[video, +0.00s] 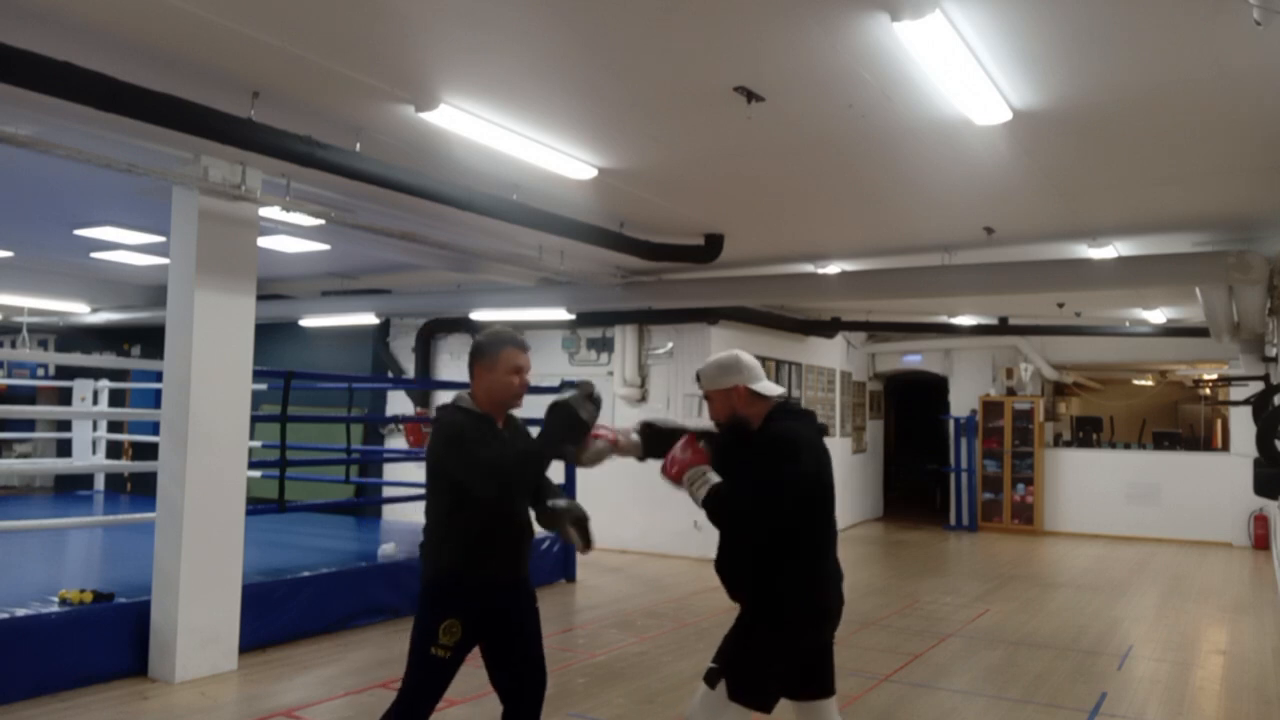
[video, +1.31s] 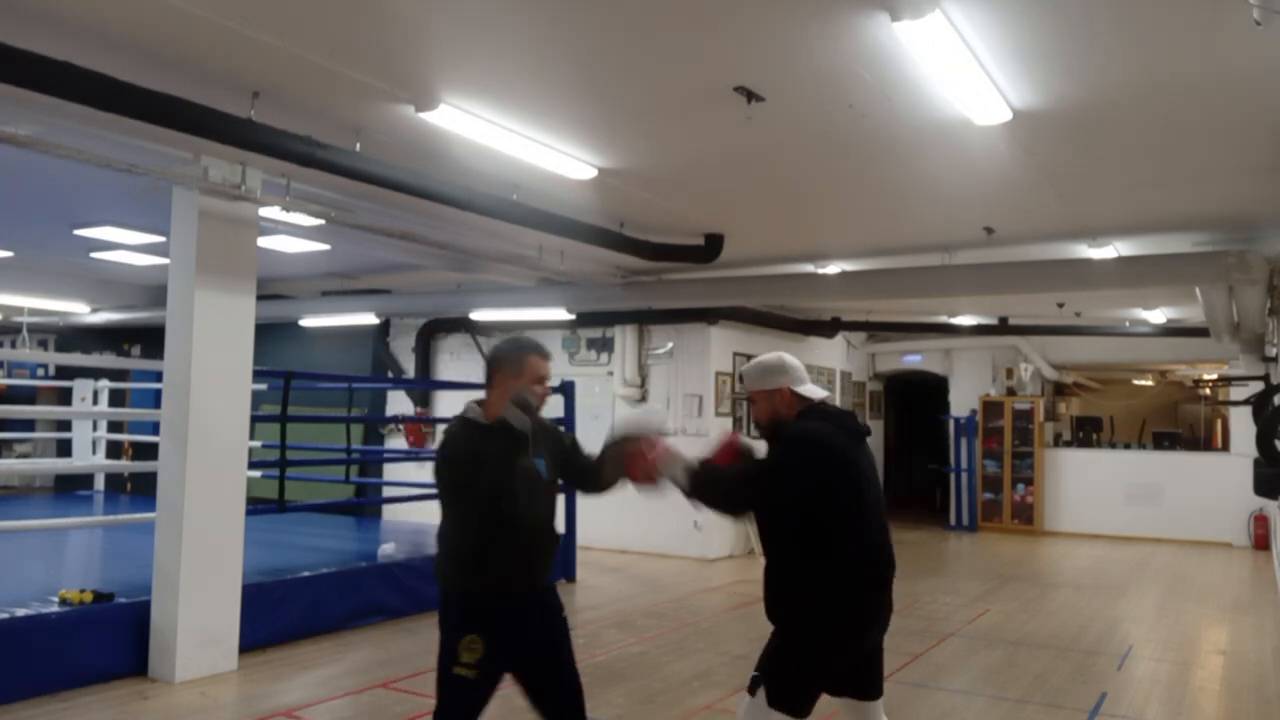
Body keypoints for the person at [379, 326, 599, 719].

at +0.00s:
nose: (525, 383)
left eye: (526, 374)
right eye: (516, 373)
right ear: (481, 374)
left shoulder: (516, 431)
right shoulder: (452, 426)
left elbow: (536, 486)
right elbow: (501, 478)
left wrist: (556, 509)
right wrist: (554, 434)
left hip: (508, 582)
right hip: (453, 584)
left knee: (526, 694)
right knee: (417, 699)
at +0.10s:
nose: (532, 378)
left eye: (533, 369)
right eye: (521, 367)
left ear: (531, 374)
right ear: (487, 370)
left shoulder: (523, 428)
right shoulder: (458, 427)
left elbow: (559, 481)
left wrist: (556, 454)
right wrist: (536, 447)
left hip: (515, 582)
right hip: (461, 585)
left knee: (523, 701)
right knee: (428, 701)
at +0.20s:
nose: (531, 376)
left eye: (533, 367)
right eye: (520, 366)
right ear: (486, 367)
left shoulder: (535, 421)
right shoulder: (450, 430)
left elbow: (591, 440)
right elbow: (457, 509)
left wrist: (584, 423)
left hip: (515, 579)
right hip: (457, 581)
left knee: (521, 700)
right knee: (435, 698)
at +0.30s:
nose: (524, 376)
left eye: (525, 366)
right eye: (514, 366)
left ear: (524, 369)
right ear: (479, 368)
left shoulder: (530, 414)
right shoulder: (442, 430)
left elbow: (588, 409)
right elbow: (441, 511)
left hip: (511, 583)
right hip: (452, 588)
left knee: (522, 703)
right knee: (435, 707)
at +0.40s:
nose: (515, 378)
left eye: (517, 368)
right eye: (505, 367)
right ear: (469, 368)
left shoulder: (518, 415)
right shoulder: (429, 439)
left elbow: (574, 415)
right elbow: (434, 521)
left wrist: (628, 406)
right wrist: (499, 464)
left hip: (505, 585)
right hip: (445, 591)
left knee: (522, 703)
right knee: (428, 709)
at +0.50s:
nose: (504, 379)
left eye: (505, 369)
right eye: (494, 368)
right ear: (457, 369)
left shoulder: (506, 420)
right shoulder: (420, 435)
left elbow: (551, 456)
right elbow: (422, 520)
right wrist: (490, 463)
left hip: (499, 583)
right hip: (438, 588)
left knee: (518, 698)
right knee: (425, 707)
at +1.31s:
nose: (546, 391)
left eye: (547, 382)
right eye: (538, 380)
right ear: (504, 378)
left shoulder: (546, 436)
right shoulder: (463, 438)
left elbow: (590, 476)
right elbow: (470, 507)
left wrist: (622, 452)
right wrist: (508, 426)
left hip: (533, 596)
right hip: (474, 599)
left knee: (567, 710)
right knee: (455, 713)